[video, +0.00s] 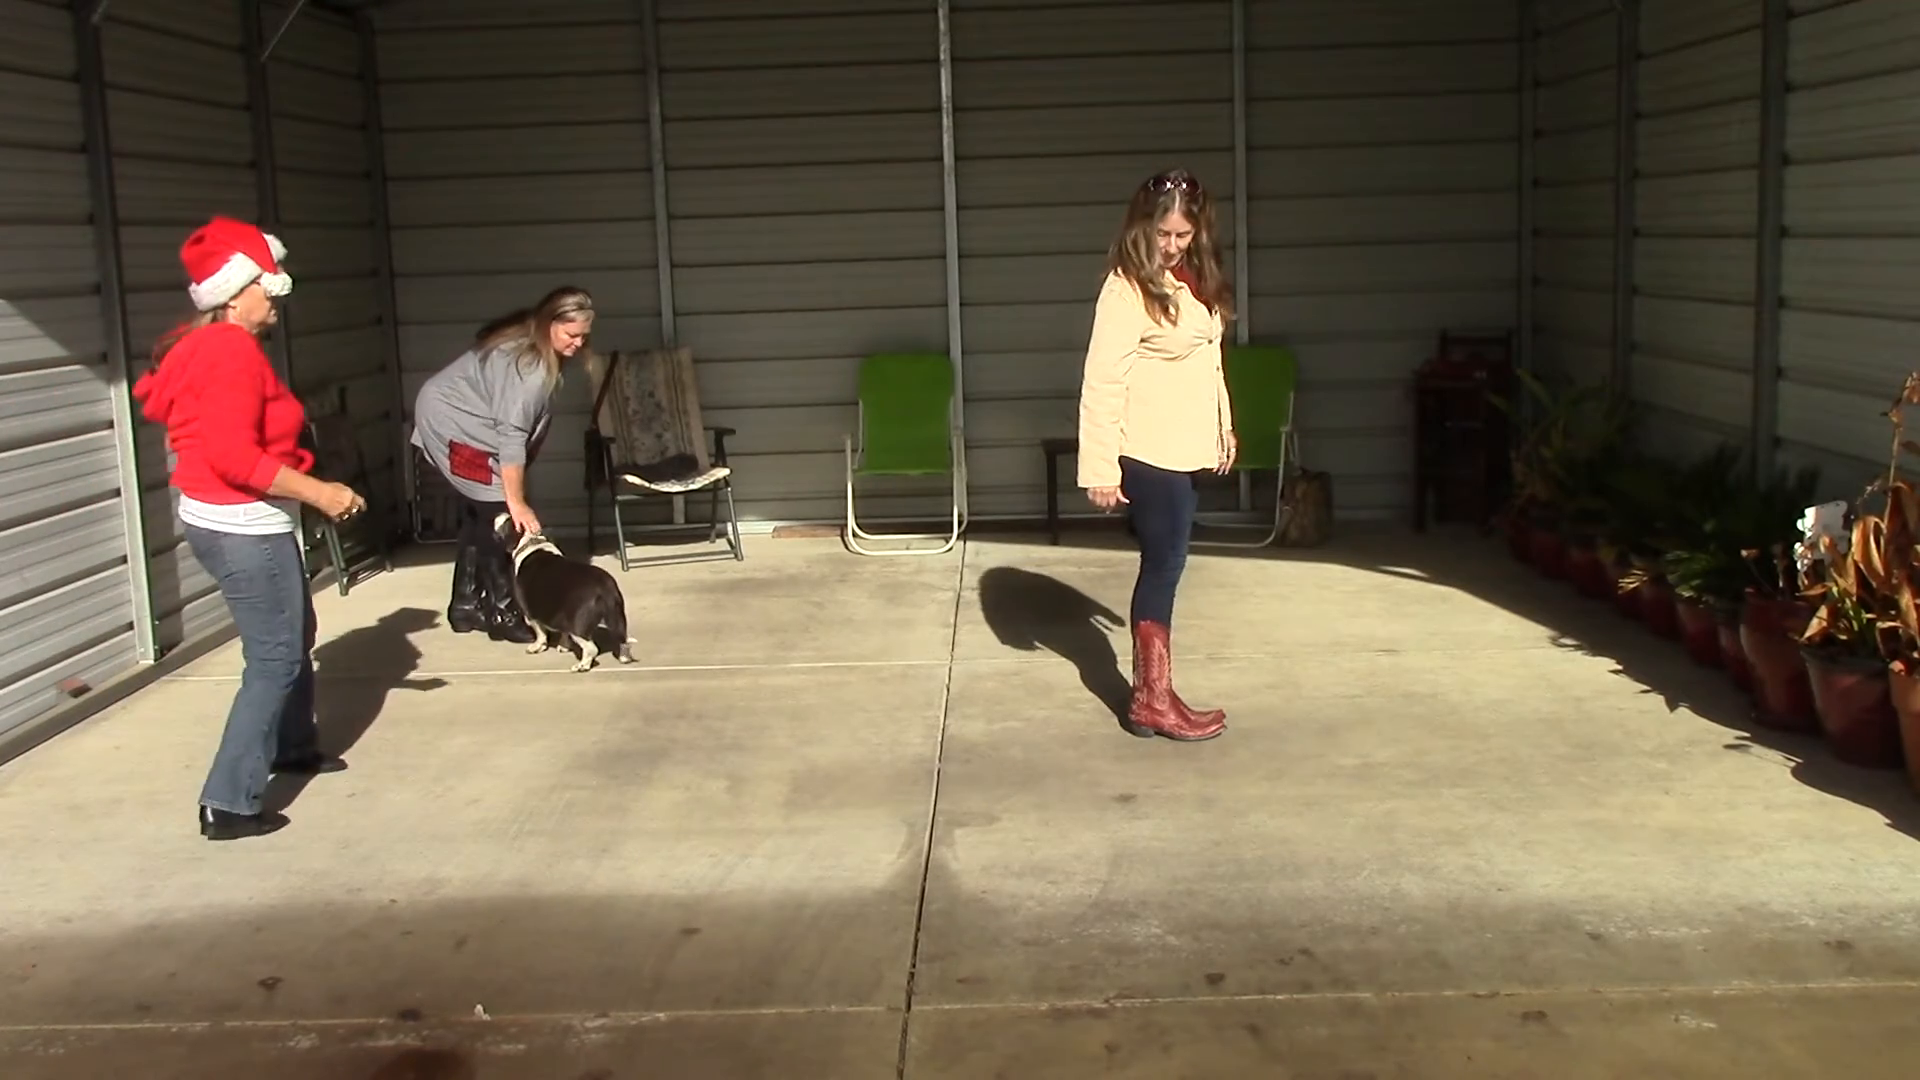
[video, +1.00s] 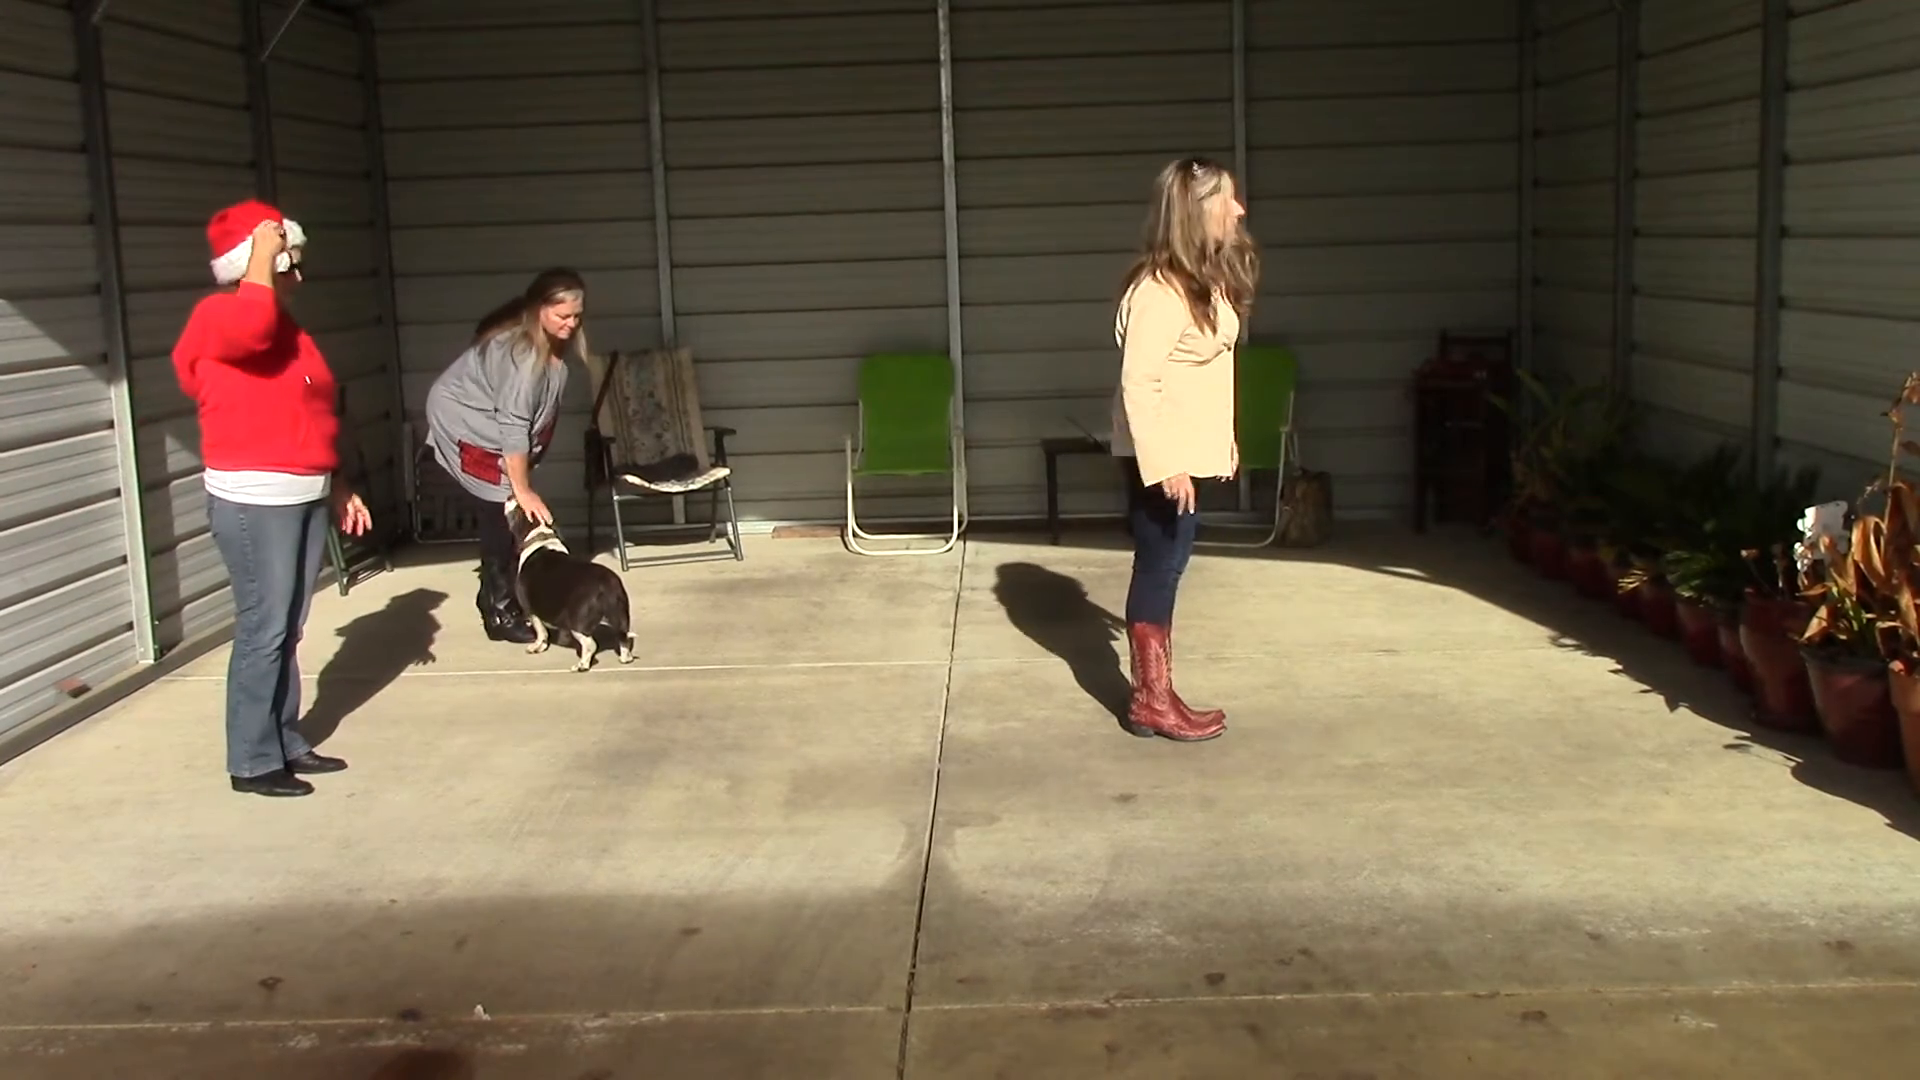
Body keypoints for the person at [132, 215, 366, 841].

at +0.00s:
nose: (274, 303)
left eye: (273, 291)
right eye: (267, 292)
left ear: (230, 297)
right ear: (236, 297)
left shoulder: (216, 346)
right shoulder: (226, 351)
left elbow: (219, 448)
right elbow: (229, 451)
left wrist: (301, 486)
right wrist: (313, 491)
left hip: (241, 516)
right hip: (240, 522)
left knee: (296, 630)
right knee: (277, 653)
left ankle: (293, 748)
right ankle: (228, 804)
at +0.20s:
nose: (298, 284)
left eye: (297, 273)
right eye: (289, 274)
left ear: (262, 278)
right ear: (254, 279)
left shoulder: (271, 333)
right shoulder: (237, 336)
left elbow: (283, 432)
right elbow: (238, 439)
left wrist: (330, 486)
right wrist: (320, 487)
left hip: (273, 501)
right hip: (245, 505)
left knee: (301, 626)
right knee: (299, 630)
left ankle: (281, 747)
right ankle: (234, 762)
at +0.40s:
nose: (302, 281)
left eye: (302, 270)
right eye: (292, 271)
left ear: (269, 271)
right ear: (256, 273)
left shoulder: (286, 329)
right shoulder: (236, 330)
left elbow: (301, 424)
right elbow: (231, 432)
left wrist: (336, 482)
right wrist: (313, 475)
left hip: (292, 499)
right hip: (253, 502)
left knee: (283, 631)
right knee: (265, 633)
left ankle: (280, 743)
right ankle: (249, 761)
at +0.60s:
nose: (297, 273)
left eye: (298, 263)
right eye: (284, 264)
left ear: (297, 263)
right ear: (247, 270)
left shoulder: (301, 326)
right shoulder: (224, 321)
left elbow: (316, 413)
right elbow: (250, 399)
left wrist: (340, 484)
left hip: (305, 496)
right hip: (255, 499)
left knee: (287, 628)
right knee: (260, 631)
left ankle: (282, 743)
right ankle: (249, 761)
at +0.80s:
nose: (290, 256)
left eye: (289, 247)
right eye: (278, 246)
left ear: (279, 258)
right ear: (244, 258)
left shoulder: (293, 326)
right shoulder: (215, 316)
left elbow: (317, 411)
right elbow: (260, 337)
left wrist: (347, 477)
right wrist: (263, 265)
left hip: (308, 493)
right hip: (256, 496)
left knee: (290, 629)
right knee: (263, 630)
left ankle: (283, 743)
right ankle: (251, 762)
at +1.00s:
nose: (294, 268)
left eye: (294, 257)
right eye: (283, 257)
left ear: (274, 261)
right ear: (245, 260)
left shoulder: (286, 329)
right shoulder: (213, 315)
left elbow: (312, 415)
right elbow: (255, 326)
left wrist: (338, 487)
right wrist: (261, 256)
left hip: (305, 494)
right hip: (253, 496)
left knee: (286, 630)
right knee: (263, 631)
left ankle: (281, 743)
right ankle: (250, 762)